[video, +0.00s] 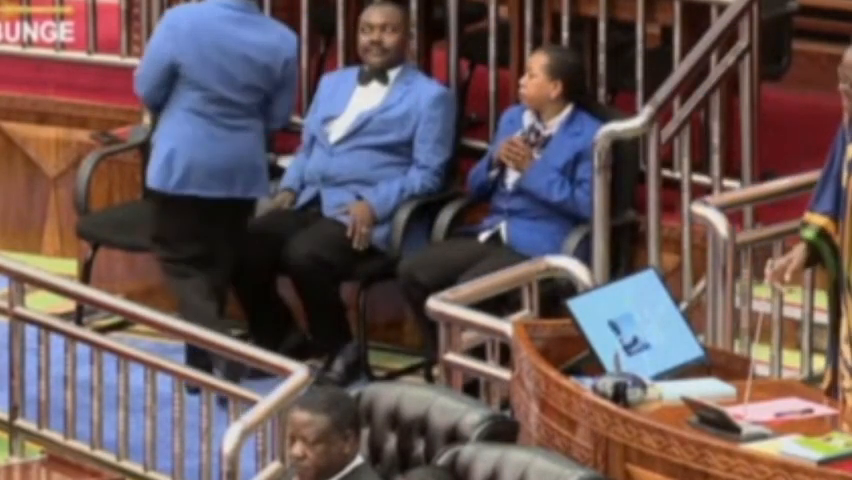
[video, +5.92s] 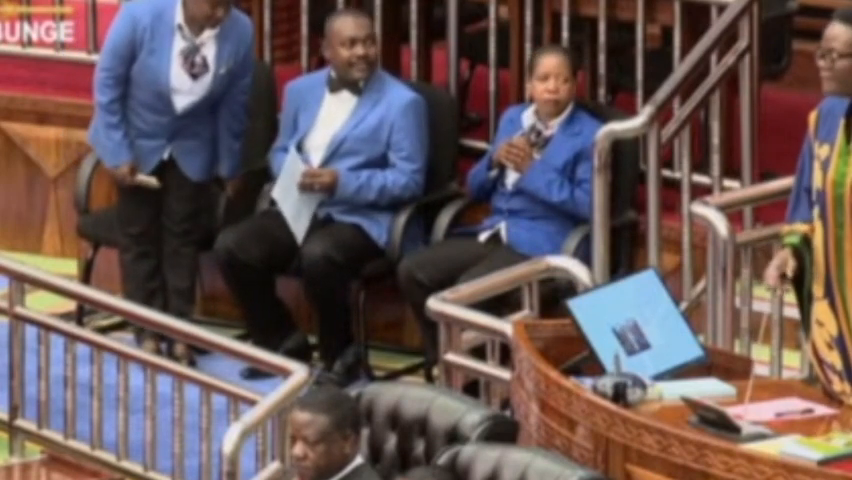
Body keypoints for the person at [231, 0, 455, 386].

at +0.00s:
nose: (376, 38)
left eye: (388, 30)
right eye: (368, 29)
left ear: (406, 39)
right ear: (358, 36)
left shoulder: (430, 96)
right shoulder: (331, 84)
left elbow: (429, 174)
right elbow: (306, 151)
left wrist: (374, 205)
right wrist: (287, 191)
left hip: (368, 216)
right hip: (312, 206)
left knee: (307, 255)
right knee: (246, 245)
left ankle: (337, 350)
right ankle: (278, 340)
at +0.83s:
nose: (330, 51)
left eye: (336, 43)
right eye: (331, 42)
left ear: (365, 47)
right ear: (361, 46)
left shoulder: (414, 98)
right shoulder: (331, 84)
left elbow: (411, 176)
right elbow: (309, 148)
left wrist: (345, 201)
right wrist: (285, 178)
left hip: (371, 216)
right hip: (313, 203)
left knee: (310, 252)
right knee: (243, 245)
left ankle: (338, 350)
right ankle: (278, 334)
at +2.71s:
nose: (353, 44)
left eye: (363, 35)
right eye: (343, 34)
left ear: (378, 40)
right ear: (327, 39)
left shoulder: (403, 99)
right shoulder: (304, 87)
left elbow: (403, 178)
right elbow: (296, 144)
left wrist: (325, 178)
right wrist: (281, 148)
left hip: (366, 217)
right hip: (304, 210)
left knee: (314, 253)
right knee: (241, 248)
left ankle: (337, 354)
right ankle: (281, 342)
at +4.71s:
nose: (366, 53)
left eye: (373, 43)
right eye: (355, 45)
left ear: (384, 46)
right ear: (335, 50)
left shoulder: (408, 103)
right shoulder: (307, 90)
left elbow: (409, 182)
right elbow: (288, 147)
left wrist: (337, 183)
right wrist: (298, 170)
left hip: (366, 219)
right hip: (303, 210)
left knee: (317, 257)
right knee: (236, 249)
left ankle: (339, 357)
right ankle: (282, 345)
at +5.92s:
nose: (360, 52)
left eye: (367, 42)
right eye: (349, 44)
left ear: (377, 46)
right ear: (327, 50)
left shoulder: (402, 102)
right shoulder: (299, 91)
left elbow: (409, 181)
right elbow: (279, 151)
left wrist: (340, 182)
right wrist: (296, 175)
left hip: (361, 217)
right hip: (297, 211)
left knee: (320, 258)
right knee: (234, 249)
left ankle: (339, 358)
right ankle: (282, 343)